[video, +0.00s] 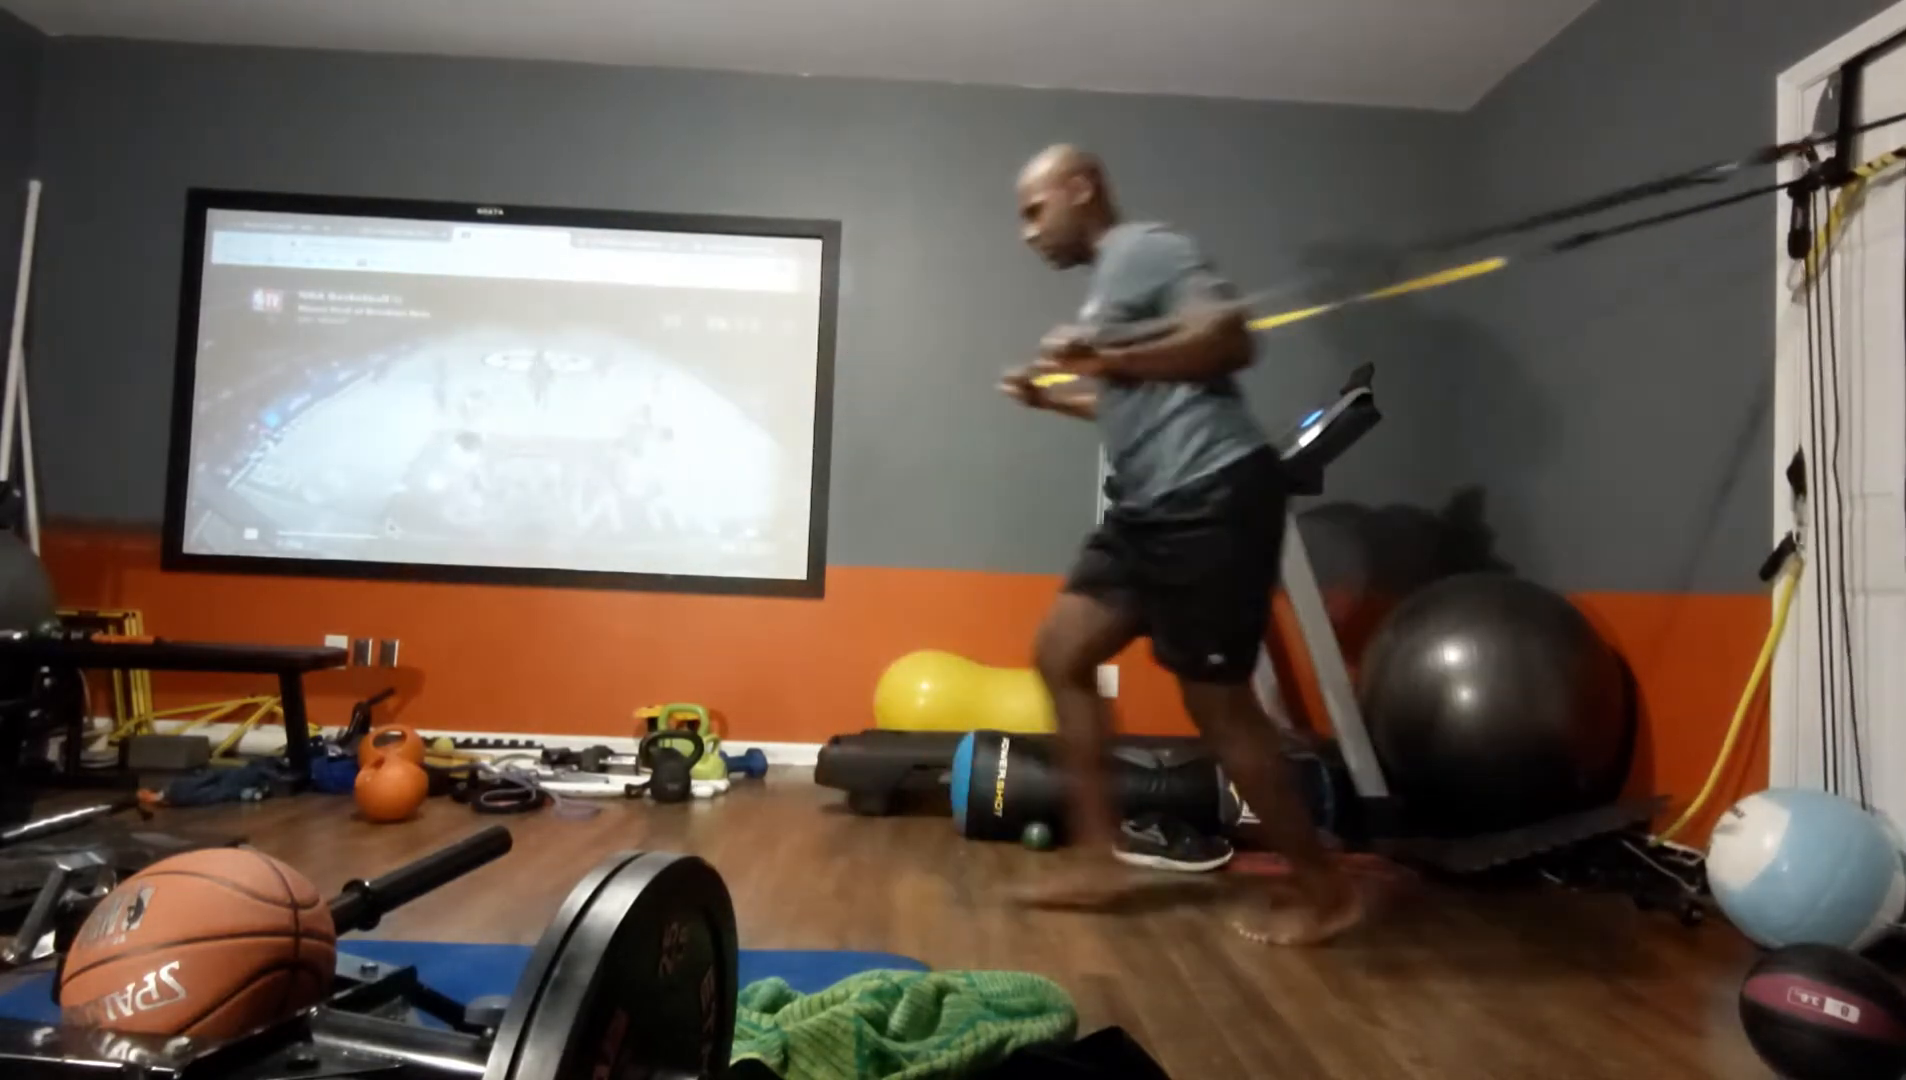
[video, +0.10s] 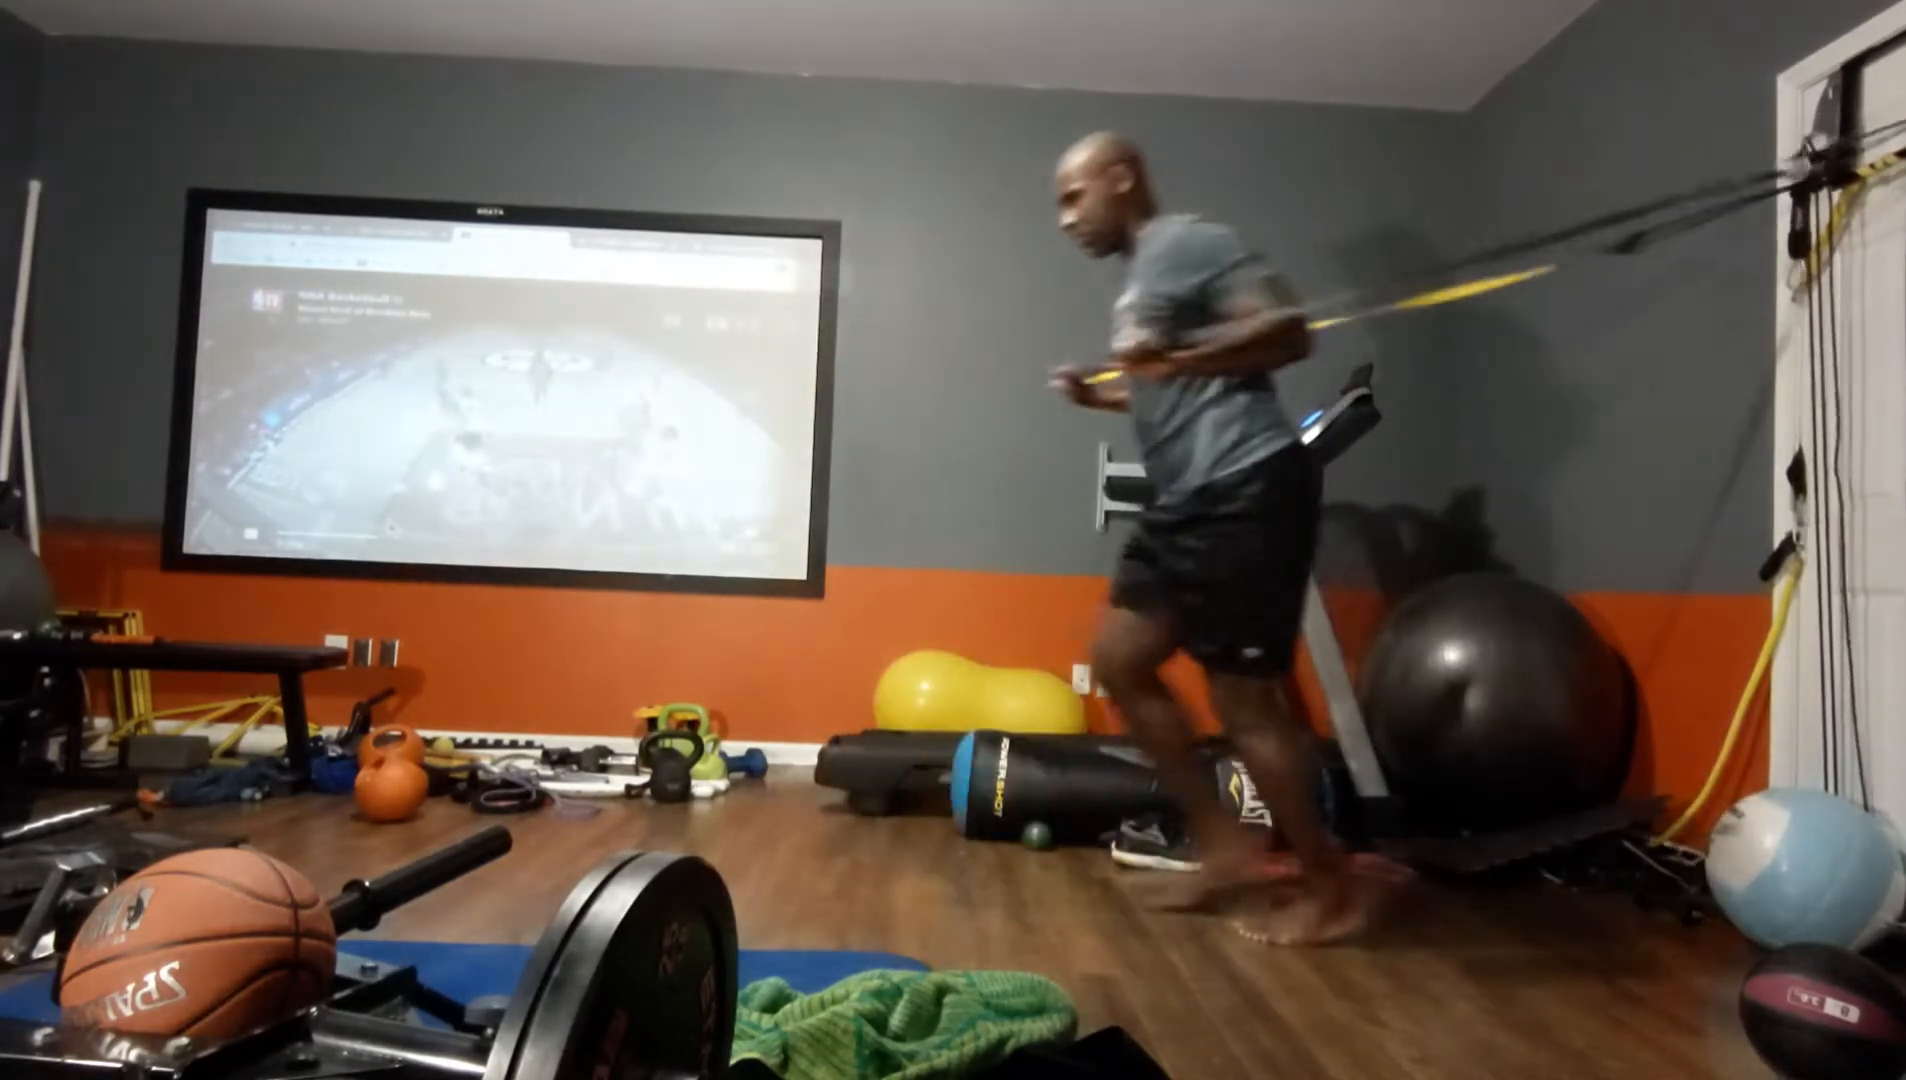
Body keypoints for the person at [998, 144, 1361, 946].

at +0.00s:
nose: (1028, 231)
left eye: (1035, 210)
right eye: (1022, 217)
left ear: (1084, 189)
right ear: (1074, 197)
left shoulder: (1147, 249)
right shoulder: (1103, 292)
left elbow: (1227, 338)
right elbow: (1135, 408)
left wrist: (1105, 355)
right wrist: (1058, 398)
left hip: (1219, 494)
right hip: (1152, 507)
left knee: (1221, 708)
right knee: (1062, 653)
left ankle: (1325, 886)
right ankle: (1099, 857)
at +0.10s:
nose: (1065, 218)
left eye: (1073, 196)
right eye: (1059, 203)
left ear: (1126, 180)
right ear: (1107, 193)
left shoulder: (1192, 240)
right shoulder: (1138, 282)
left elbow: (1285, 333)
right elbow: (1174, 389)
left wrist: (1175, 361)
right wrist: (1099, 392)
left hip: (1254, 486)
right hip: (1188, 499)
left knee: (1248, 704)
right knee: (1119, 661)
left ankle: (1329, 888)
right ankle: (1225, 843)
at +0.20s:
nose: (1102, 207)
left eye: (1113, 185)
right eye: (1099, 192)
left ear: (1166, 174)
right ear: (1149, 185)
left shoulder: (1227, 237)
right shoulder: (1167, 282)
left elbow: (1330, 323)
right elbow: (1207, 387)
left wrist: (1231, 356)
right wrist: (1137, 389)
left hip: (1277, 490)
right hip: (1214, 501)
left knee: (1261, 697)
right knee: (1187, 681)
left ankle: (1333, 898)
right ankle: (1318, 813)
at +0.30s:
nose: (1139, 203)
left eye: (1150, 184)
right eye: (1136, 189)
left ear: (1202, 179)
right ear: (1171, 191)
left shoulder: (1261, 243)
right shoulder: (1195, 289)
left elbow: (1364, 332)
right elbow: (1225, 395)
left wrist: (1267, 363)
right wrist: (1151, 395)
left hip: (1301, 492)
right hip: (1250, 501)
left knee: (1270, 700)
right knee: (1266, 697)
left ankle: (1332, 900)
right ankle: (1398, 822)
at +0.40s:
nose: (1164, 213)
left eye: (1177, 195)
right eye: (1162, 200)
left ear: (1229, 193)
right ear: (1198, 205)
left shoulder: (1288, 260)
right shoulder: (1222, 299)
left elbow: (1386, 350)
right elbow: (1250, 406)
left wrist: (1288, 378)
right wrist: (1168, 408)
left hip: (1328, 495)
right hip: (1286, 503)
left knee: (1270, 697)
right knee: (1325, 693)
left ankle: (1331, 900)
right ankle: (1435, 843)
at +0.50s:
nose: (1177, 221)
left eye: (1189, 203)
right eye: (1175, 208)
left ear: (1243, 201)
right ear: (1218, 213)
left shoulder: (1299, 266)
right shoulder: (1239, 303)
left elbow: (1395, 359)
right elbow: (1265, 416)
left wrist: (1293, 394)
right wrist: (1179, 421)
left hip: (1348, 498)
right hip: (1311, 506)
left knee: (1267, 689)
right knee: (1352, 689)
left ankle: (1331, 901)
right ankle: (1454, 853)